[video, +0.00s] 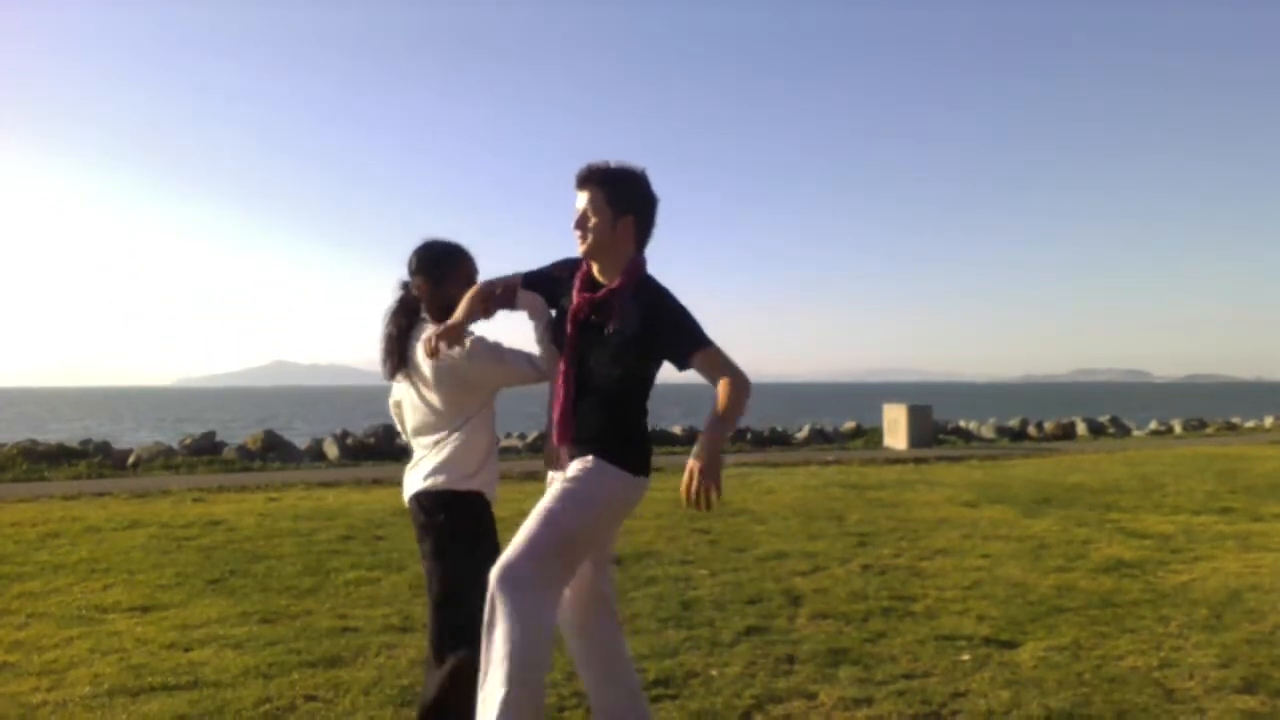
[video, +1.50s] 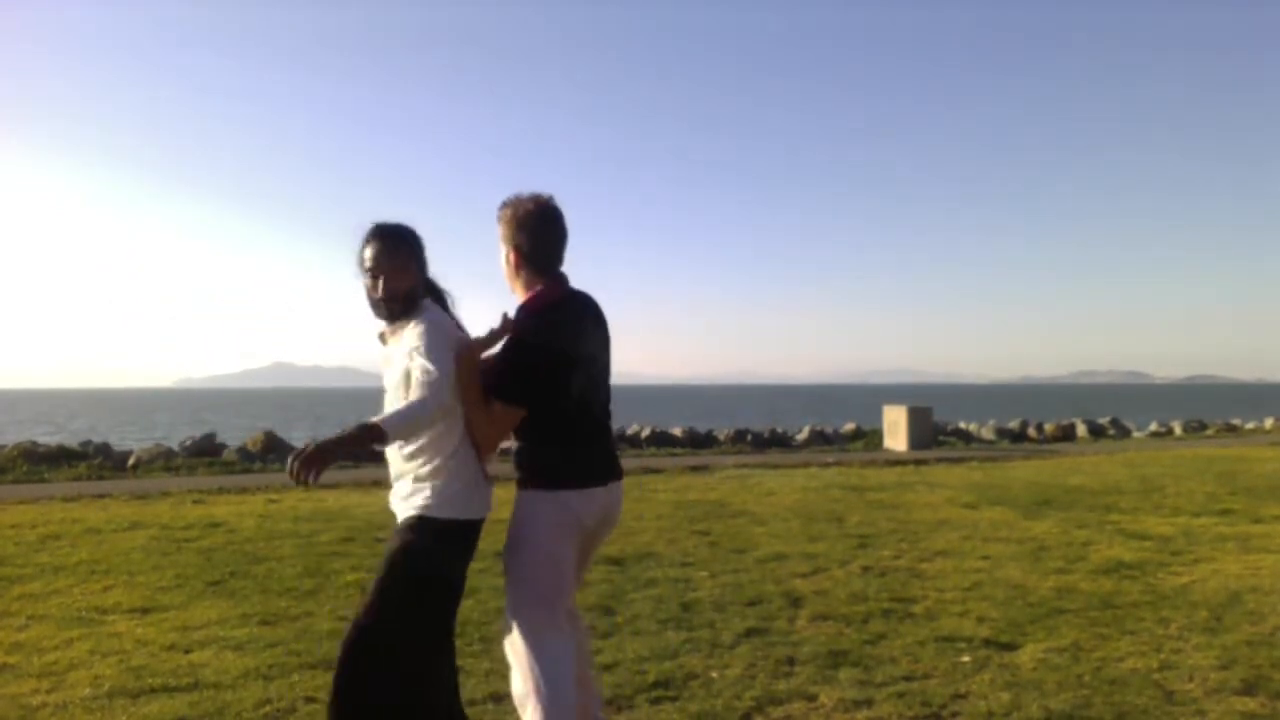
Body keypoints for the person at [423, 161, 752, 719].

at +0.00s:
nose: (576, 224)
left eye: (588, 215)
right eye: (577, 214)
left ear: (627, 225)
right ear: (588, 221)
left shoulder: (651, 302)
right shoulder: (571, 278)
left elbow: (734, 383)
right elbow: (492, 290)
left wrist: (709, 446)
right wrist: (458, 322)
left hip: (610, 467)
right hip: (569, 463)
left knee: (515, 581)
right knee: (587, 614)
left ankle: (504, 713)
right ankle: (624, 714)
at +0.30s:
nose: (571, 223)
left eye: (584, 216)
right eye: (571, 213)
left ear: (625, 231)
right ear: (572, 219)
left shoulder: (640, 308)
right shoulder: (543, 279)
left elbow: (696, 385)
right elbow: (470, 329)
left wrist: (604, 373)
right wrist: (472, 412)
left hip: (594, 476)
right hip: (543, 471)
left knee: (537, 622)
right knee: (590, 623)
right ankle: (625, 714)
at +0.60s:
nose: (523, 264)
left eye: (536, 255)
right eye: (527, 252)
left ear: (580, 269)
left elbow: (648, 411)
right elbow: (508, 382)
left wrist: (572, 367)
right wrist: (503, 442)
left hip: (594, 487)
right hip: (538, 481)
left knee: (552, 631)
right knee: (577, 628)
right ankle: (623, 712)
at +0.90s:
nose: (472, 311)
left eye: (474, 301)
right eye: (471, 300)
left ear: (503, 307)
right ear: (510, 303)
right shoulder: (533, 339)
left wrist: (491, 412)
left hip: (603, 491)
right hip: (585, 483)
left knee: (542, 634)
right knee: (568, 627)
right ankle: (590, 709)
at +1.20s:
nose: (489, 272)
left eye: (488, 262)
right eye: (488, 261)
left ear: (502, 272)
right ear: (550, 253)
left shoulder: (525, 346)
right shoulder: (585, 303)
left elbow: (466, 436)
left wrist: (446, 363)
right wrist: (491, 342)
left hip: (570, 498)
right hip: (618, 485)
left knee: (529, 635)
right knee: (588, 624)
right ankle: (591, 714)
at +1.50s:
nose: (501, 259)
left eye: (501, 249)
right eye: (502, 249)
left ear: (512, 255)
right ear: (560, 250)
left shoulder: (533, 329)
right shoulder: (587, 311)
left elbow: (488, 432)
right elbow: (556, 395)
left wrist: (467, 360)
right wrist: (502, 347)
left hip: (553, 497)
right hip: (601, 488)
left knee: (529, 624)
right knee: (556, 611)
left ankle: (551, 713)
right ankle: (585, 709)